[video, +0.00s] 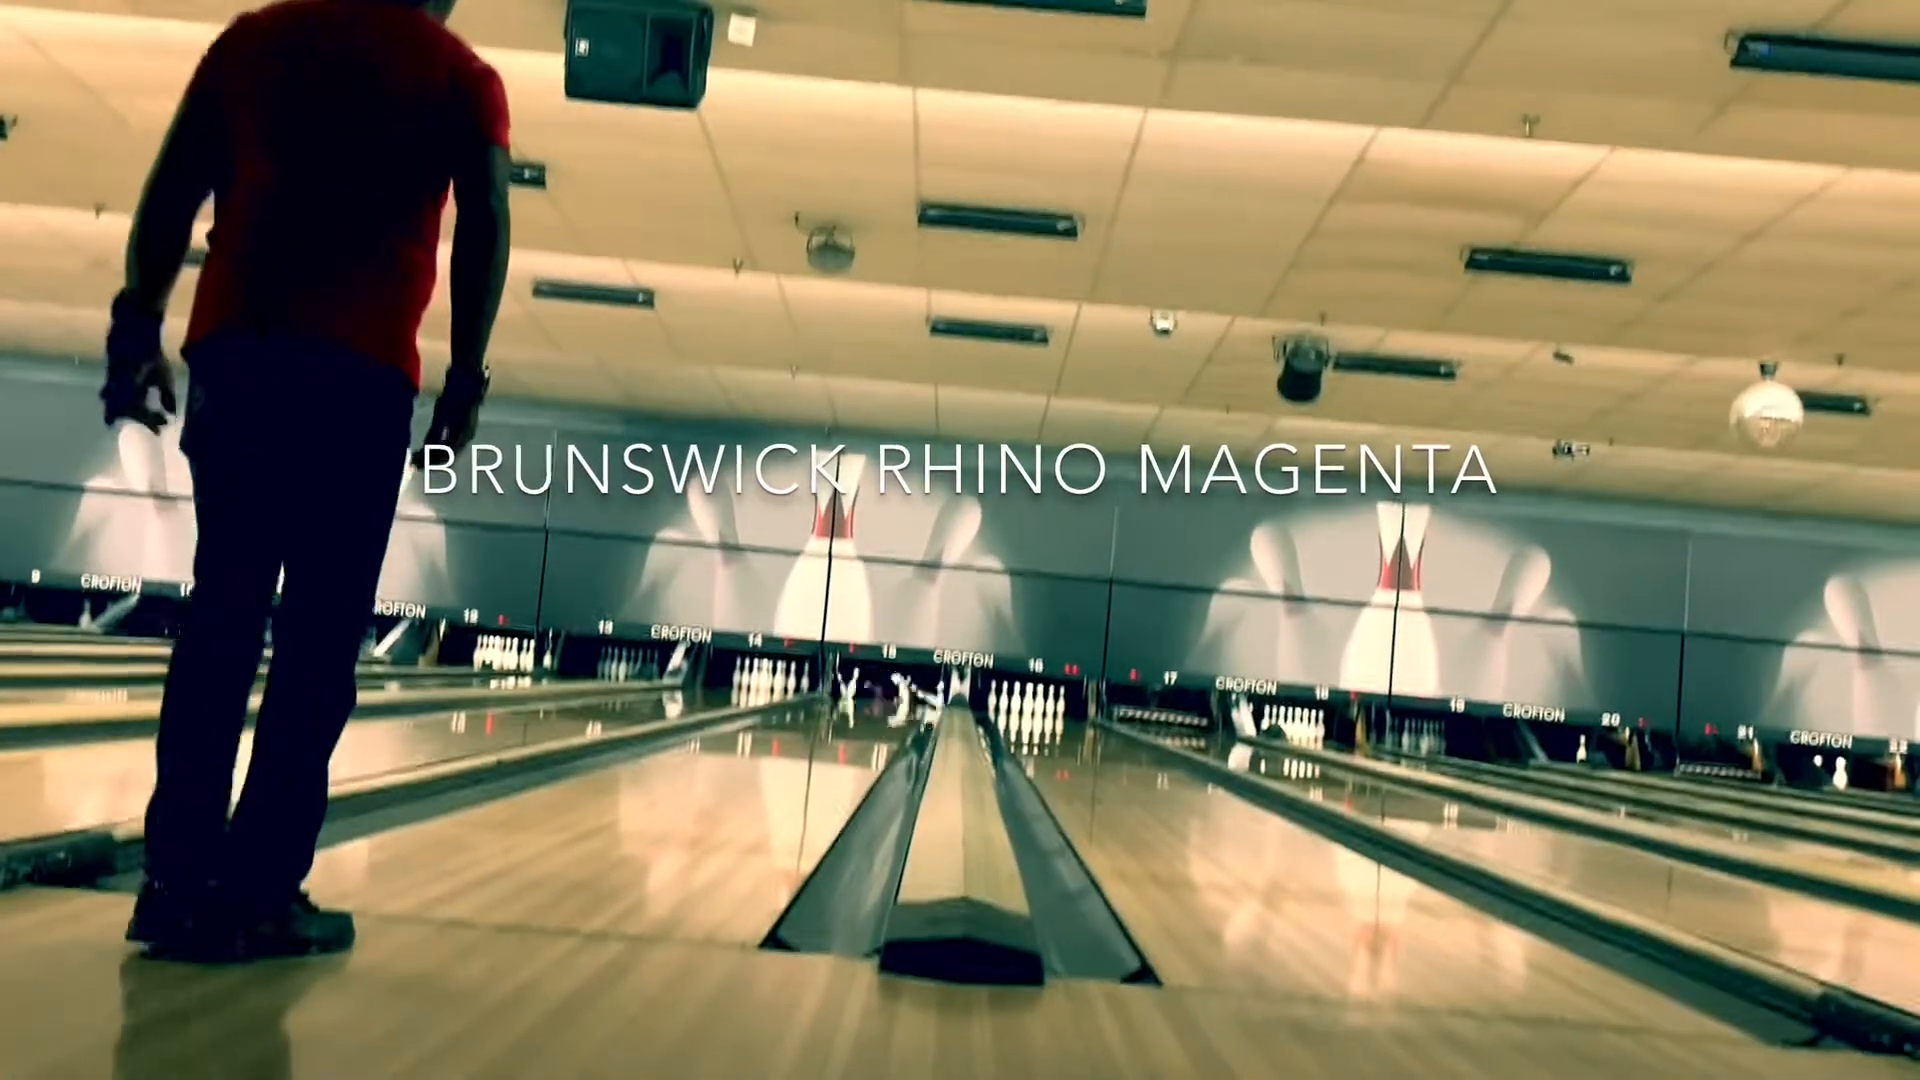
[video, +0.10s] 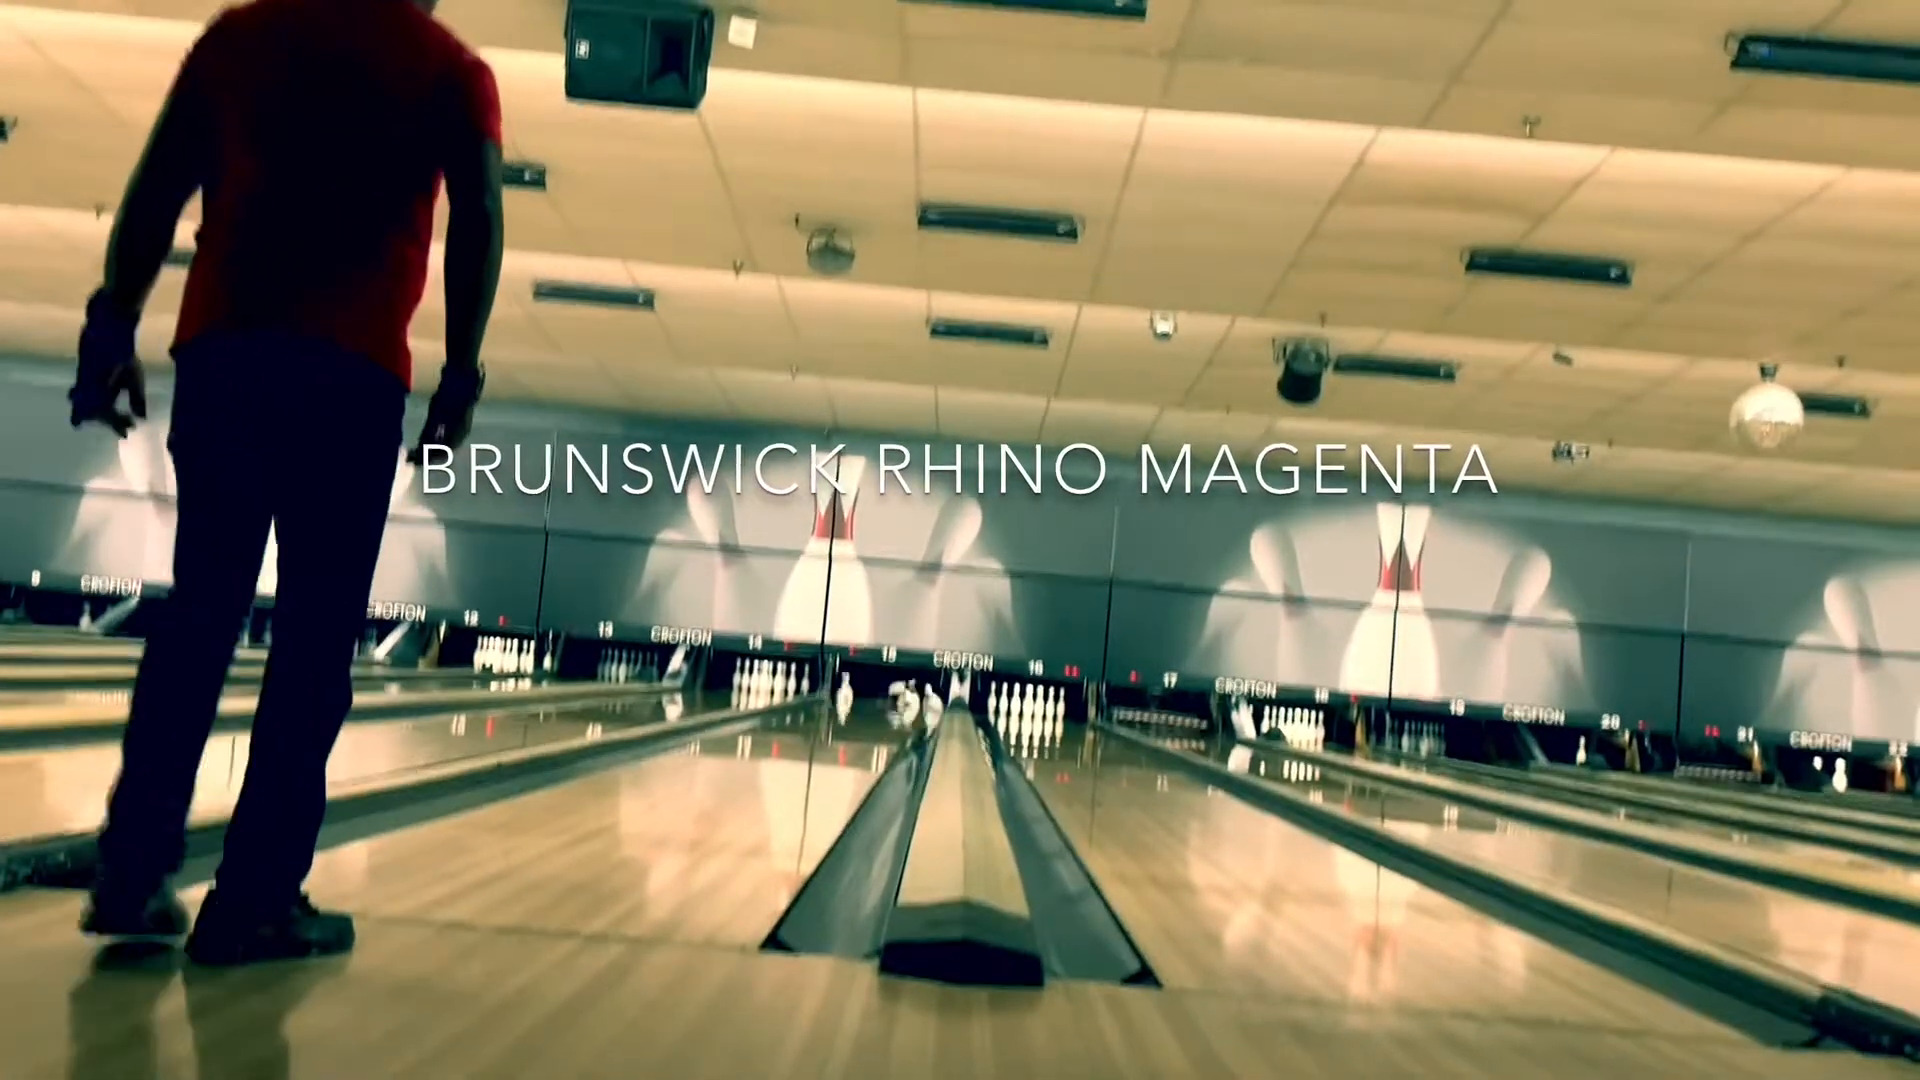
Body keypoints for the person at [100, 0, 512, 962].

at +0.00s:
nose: (458, 2)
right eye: (455, 1)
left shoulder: (252, 38)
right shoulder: (462, 74)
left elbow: (172, 189)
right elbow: (483, 231)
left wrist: (137, 321)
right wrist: (466, 370)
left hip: (234, 364)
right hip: (356, 381)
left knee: (220, 613)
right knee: (322, 641)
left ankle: (176, 887)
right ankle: (260, 895)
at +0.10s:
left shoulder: (238, 33)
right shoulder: (452, 66)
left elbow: (156, 190)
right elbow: (476, 228)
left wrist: (113, 317)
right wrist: (461, 368)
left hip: (222, 363)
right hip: (348, 379)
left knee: (198, 615)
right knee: (317, 642)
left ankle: (128, 885)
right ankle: (254, 906)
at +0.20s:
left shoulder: (216, 26)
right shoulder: (433, 58)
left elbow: (134, 186)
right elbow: (458, 230)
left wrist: (96, 319)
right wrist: (452, 366)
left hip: (203, 359)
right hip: (336, 376)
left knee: (173, 603)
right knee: (309, 641)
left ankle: (73, 860)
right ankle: (254, 898)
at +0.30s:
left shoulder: (182, 16)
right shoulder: (402, 41)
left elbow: (105, 182)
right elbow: (425, 216)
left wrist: (87, 319)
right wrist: (430, 359)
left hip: (176, 354)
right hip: (311, 370)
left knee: (143, 603)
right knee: (298, 642)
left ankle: (20, 851)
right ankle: (253, 899)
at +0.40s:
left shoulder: (133, 13)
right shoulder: (359, 24)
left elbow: (71, 189)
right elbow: (379, 200)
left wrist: (86, 332)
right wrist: (390, 355)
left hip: (133, 350)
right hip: (272, 362)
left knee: (99, 615)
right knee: (276, 640)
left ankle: (4, 902)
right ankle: (254, 899)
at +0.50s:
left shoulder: (85, 3)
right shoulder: (318, 6)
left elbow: (40, 171)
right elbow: (320, 153)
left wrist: (89, 291)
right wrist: (340, 325)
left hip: (85, 327)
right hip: (229, 335)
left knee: (45, 611)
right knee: (241, 630)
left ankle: (2, 913)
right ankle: (254, 889)